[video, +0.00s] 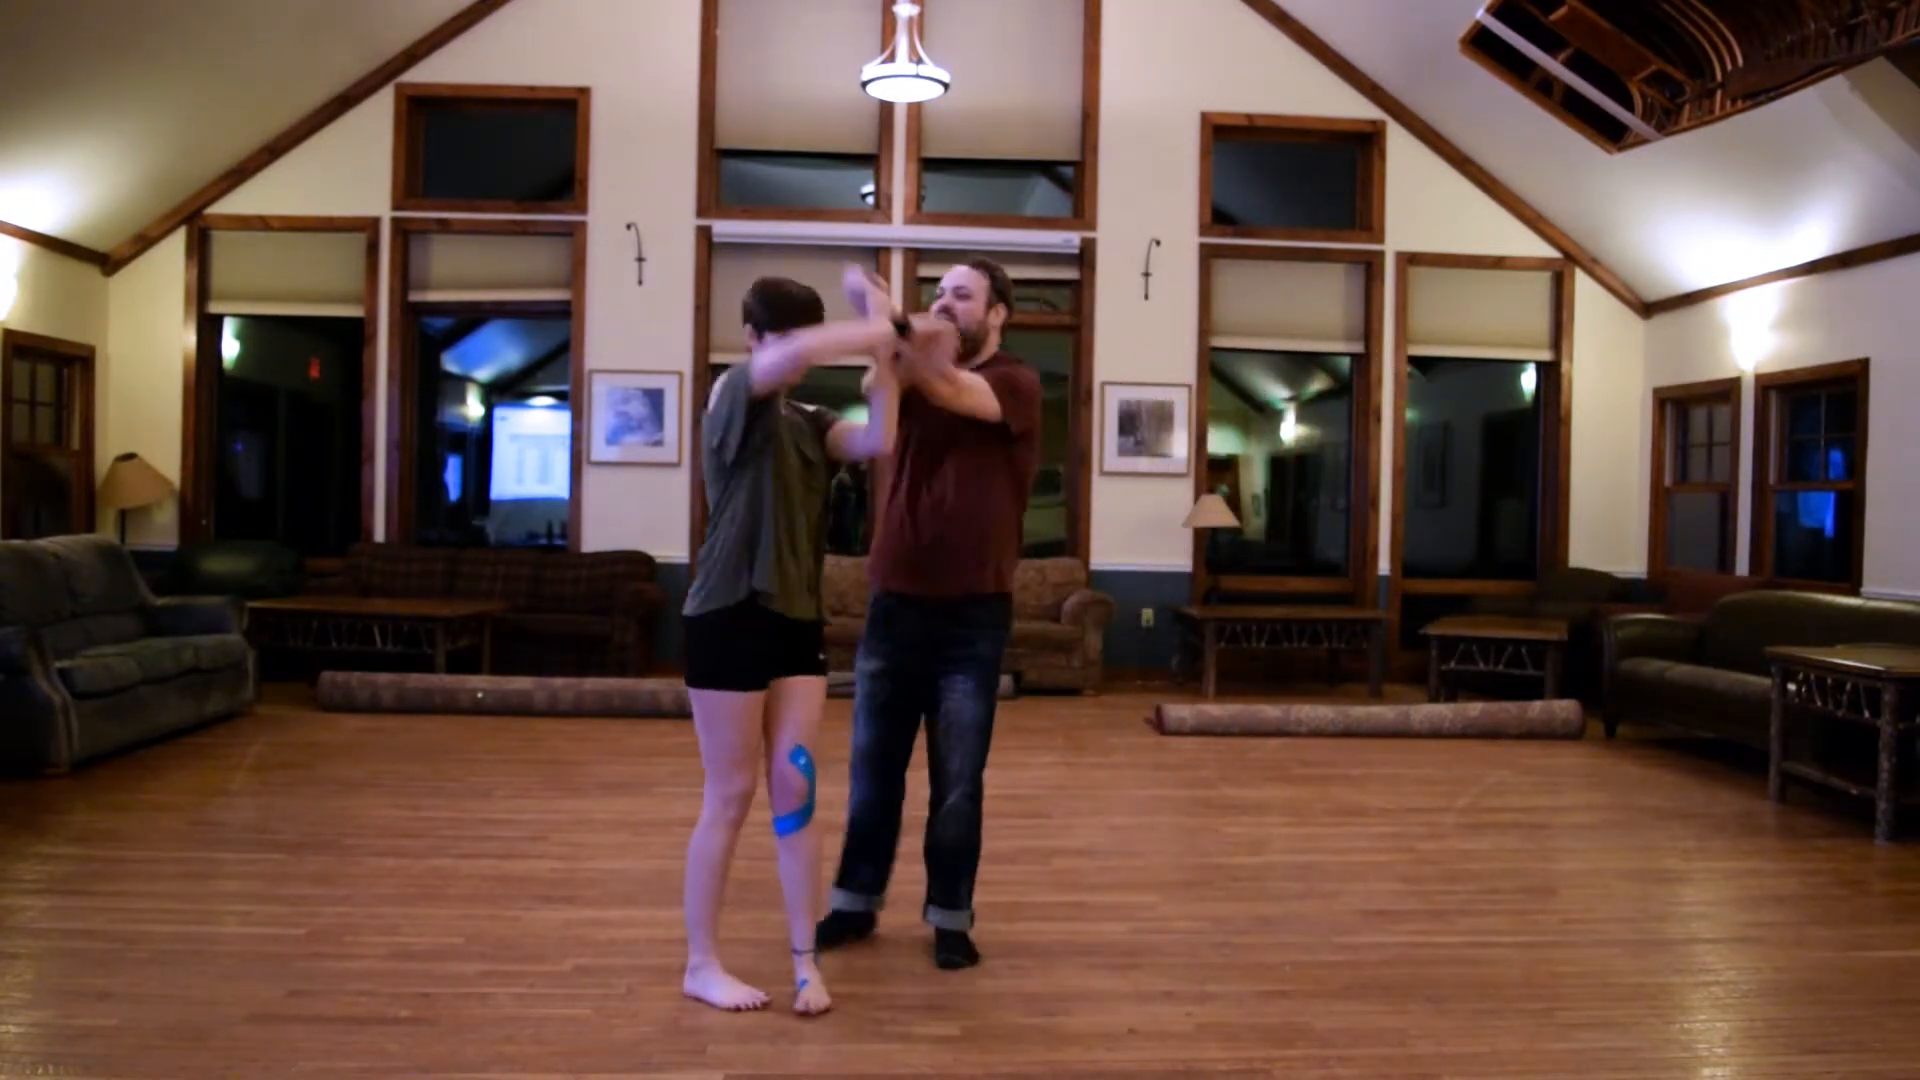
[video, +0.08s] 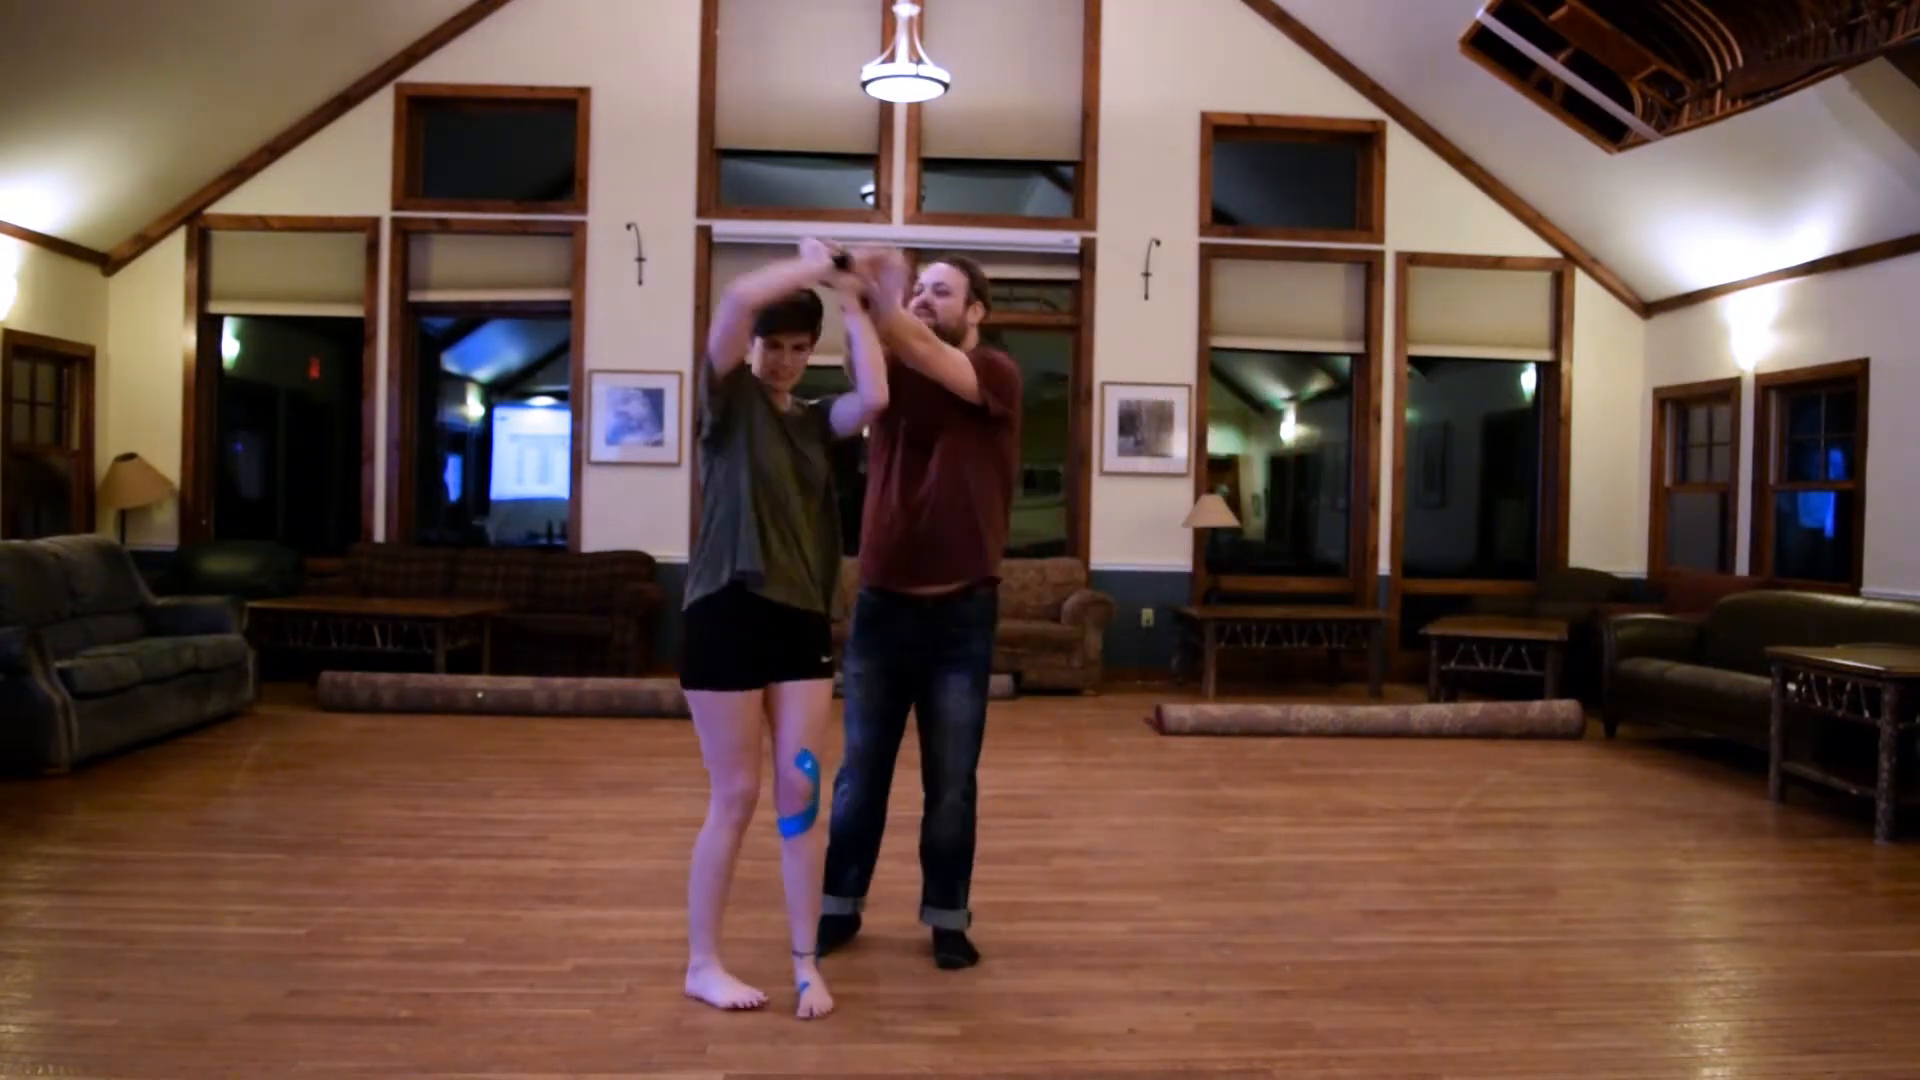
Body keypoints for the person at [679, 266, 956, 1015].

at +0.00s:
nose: (786, 354)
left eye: (792, 343)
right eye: (779, 343)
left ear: (778, 341)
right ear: (762, 342)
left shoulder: (810, 423)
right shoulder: (730, 403)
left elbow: (876, 439)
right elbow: (787, 353)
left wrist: (886, 360)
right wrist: (882, 329)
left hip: (796, 619)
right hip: (727, 616)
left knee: (793, 788)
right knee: (729, 794)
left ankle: (805, 960)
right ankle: (701, 965)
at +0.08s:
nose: (783, 357)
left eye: (797, 348)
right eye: (773, 345)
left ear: (811, 351)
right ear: (749, 341)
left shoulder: (819, 420)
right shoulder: (729, 405)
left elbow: (875, 395)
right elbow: (739, 299)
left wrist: (852, 297)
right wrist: (812, 266)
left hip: (802, 617)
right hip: (723, 611)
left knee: (801, 791)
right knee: (735, 795)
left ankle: (805, 964)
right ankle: (703, 964)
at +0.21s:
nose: (752, 368)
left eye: (763, 354)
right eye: (741, 358)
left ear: (796, 347)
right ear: (727, 356)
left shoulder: (823, 410)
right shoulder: (718, 398)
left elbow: (813, 317)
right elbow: (673, 274)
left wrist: (778, 237)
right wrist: (751, 217)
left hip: (798, 616)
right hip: (713, 610)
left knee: (792, 799)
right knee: (721, 801)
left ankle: (803, 963)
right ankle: (705, 963)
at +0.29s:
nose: (716, 362)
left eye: (727, 348)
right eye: (710, 351)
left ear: (766, 335)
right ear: (709, 347)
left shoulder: (806, 391)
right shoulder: (717, 386)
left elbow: (749, 287)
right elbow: (667, 293)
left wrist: (756, 247)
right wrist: (719, 225)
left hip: (784, 608)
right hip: (704, 599)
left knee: (773, 800)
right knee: (695, 796)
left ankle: (802, 963)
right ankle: (699, 961)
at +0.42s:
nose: (692, 340)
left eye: (700, 331)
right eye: (700, 331)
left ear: (719, 331)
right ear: (771, 322)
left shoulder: (728, 378)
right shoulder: (795, 392)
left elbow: (658, 296)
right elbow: (781, 331)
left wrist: (719, 296)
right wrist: (773, 284)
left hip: (748, 593)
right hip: (699, 591)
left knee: (728, 800)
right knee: (684, 785)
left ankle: (814, 952)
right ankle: (695, 959)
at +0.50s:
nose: (682, 334)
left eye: (684, 329)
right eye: (748, 329)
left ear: (684, 336)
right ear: (750, 339)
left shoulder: (674, 393)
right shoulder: (777, 412)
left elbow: (622, 339)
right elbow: (798, 399)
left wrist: (693, 337)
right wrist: (785, 324)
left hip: (704, 604)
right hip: (744, 602)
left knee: (688, 802)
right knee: (687, 794)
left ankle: (814, 932)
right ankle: (695, 957)